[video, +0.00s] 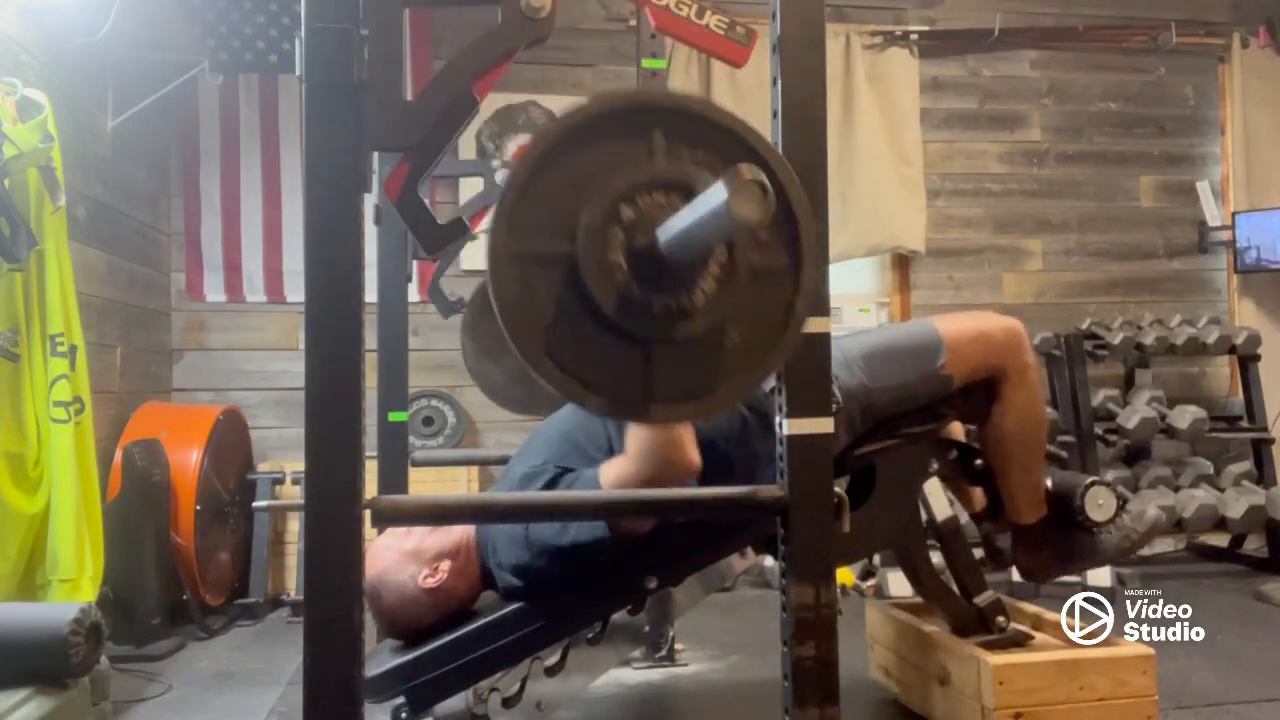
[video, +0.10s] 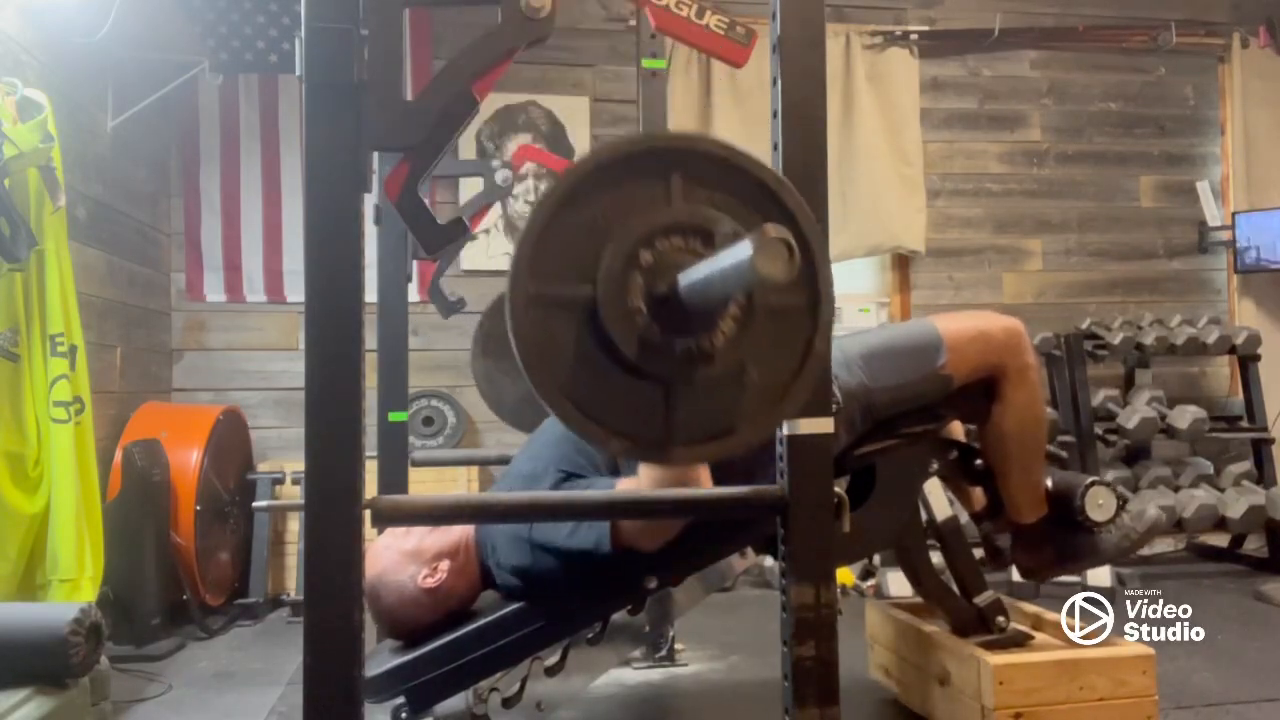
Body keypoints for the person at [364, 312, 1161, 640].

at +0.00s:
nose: (419, 531)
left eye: (402, 535)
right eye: (417, 550)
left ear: (428, 544)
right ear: (447, 578)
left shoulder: (496, 503)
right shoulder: (529, 546)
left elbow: (625, 426)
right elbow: (666, 461)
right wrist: (640, 323)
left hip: (741, 379)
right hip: (765, 430)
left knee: (950, 327)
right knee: (1003, 343)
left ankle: (995, 495)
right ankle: (1033, 532)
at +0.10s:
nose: (417, 530)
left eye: (399, 536)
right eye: (416, 549)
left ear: (426, 545)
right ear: (446, 577)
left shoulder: (497, 497)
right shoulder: (529, 543)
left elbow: (600, 418)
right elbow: (669, 497)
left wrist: (656, 327)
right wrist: (678, 367)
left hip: (733, 379)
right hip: (761, 432)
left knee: (946, 322)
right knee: (1003, 341)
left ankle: (992, 482)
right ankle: (1033, 530)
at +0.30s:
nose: (414, 530)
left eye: (397, 535)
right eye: (415, 548)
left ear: (425, 552)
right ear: (447, 574)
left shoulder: (495, 490)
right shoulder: (534, 543)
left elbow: (581, 417)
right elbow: (683, 546)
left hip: (709, 395)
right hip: (751, 438)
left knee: (944, 324)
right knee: (1001, 340)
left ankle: (994, 475)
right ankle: (1034, 528)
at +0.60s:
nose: (414, 531)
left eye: (396, 537)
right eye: (415, 551)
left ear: (423, 542)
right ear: (448, 576)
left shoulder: (495, 492)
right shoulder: (530, 538)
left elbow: (587, 426)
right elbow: (670, 525)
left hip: (708, 400)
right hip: (746, 443)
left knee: (958, 327)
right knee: (1002, 340)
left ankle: (995, 482)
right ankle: (1034, 528)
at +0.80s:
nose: (417, 531)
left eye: (398, 535)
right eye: (416, 550)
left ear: (425, 542)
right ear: (446, 576)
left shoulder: (500, 494)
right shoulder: (524, 546)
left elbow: (627, 430)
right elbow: (655, 461)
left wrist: (608, 312)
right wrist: (637, 325)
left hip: (747, 378)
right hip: (768, 429)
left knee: (962, 329)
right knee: (1003, 341)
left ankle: (994, 489)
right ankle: (1033, 529)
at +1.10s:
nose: (416, 530)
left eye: (399, 533)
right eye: (412, 548)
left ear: (428, 544)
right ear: (445, 577)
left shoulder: (506, 497)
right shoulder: (529, 552)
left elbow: (557, 375)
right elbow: (584, 390)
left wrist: (572, 205)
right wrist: (589, 220)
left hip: (746, 372)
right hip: (771, 420)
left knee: (963, 329)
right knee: (1002, 340)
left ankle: (996, 494)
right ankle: (1035, 532)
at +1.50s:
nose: (413, 525)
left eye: (395, 530)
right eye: (412, 543)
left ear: (426, 552)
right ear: (445, 573)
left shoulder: (499, 493)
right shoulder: (532, 550)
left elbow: (576, 397)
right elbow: (637, 431)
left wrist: (571, 251)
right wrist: (615, 277)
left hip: (734, 369)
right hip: (766, 421)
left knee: (929, 325)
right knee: (998, 337)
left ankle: (973, 460)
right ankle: (1033, 521)